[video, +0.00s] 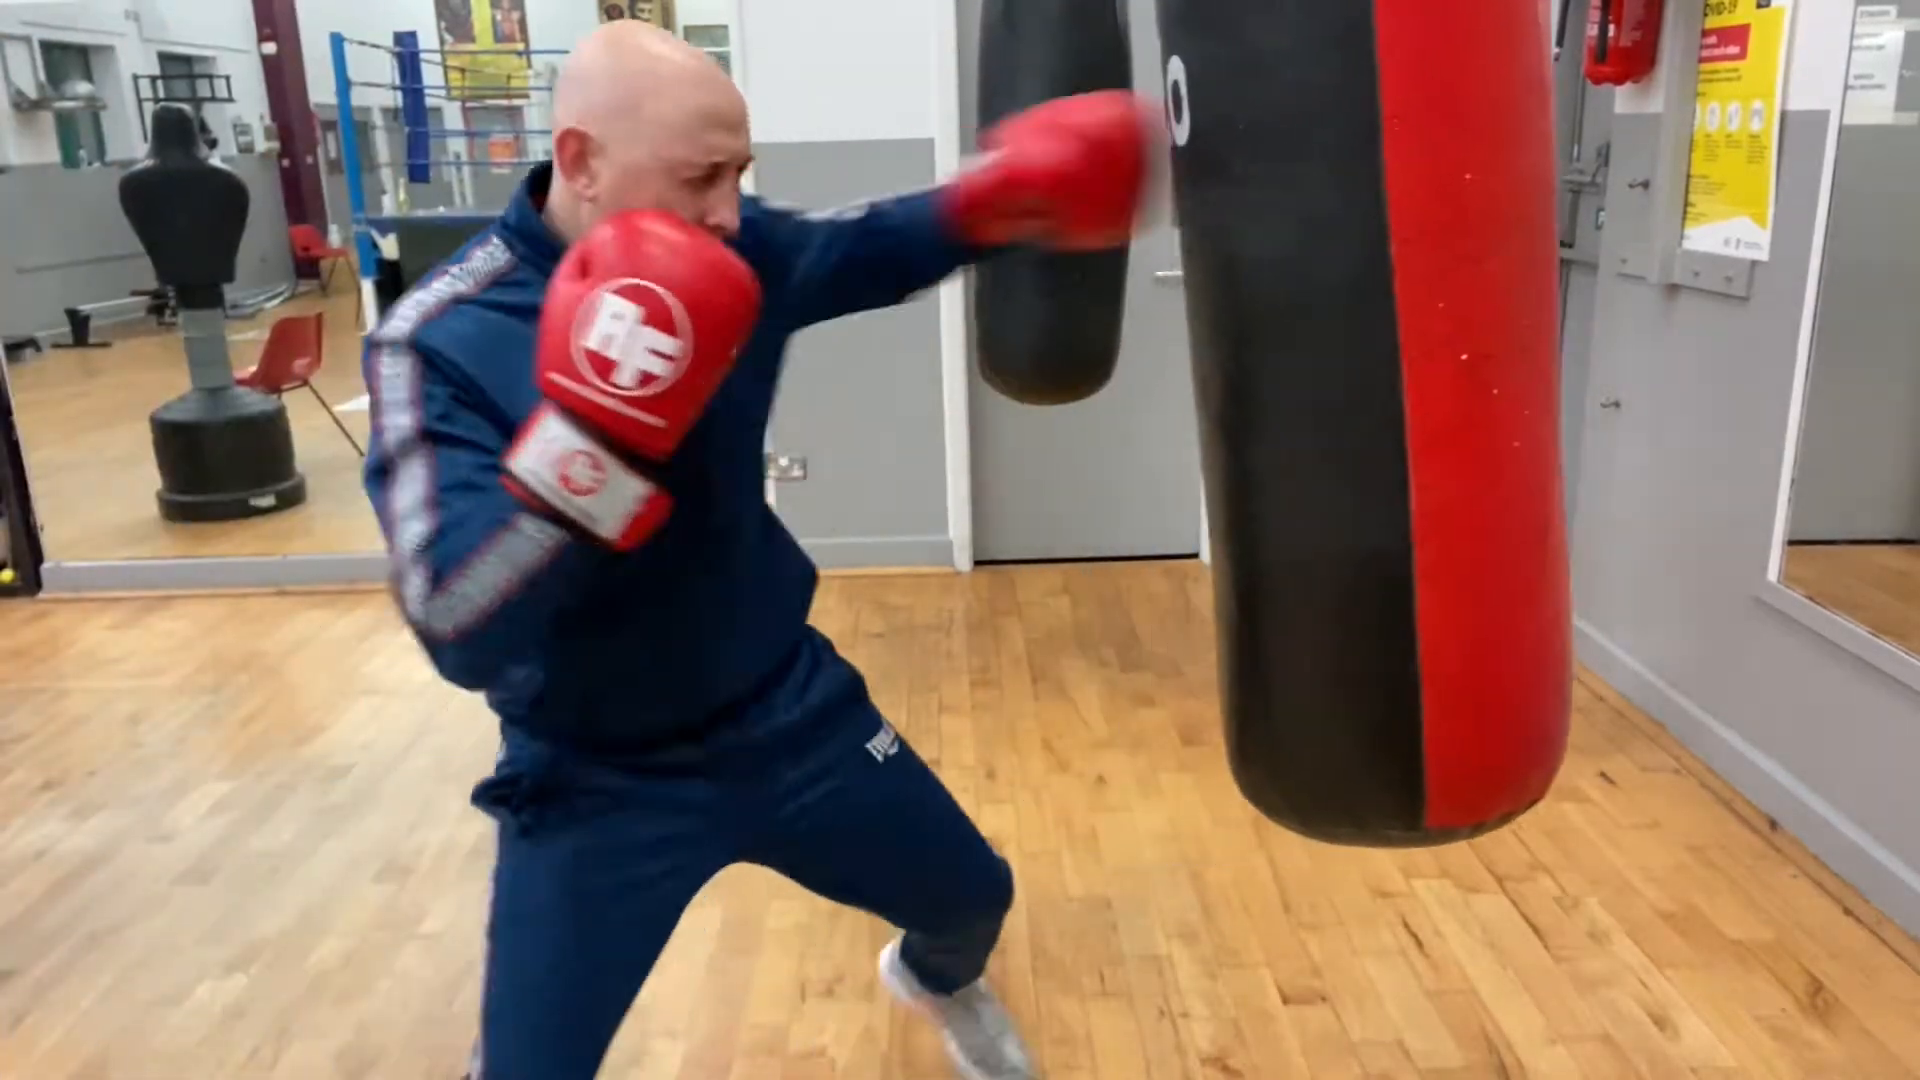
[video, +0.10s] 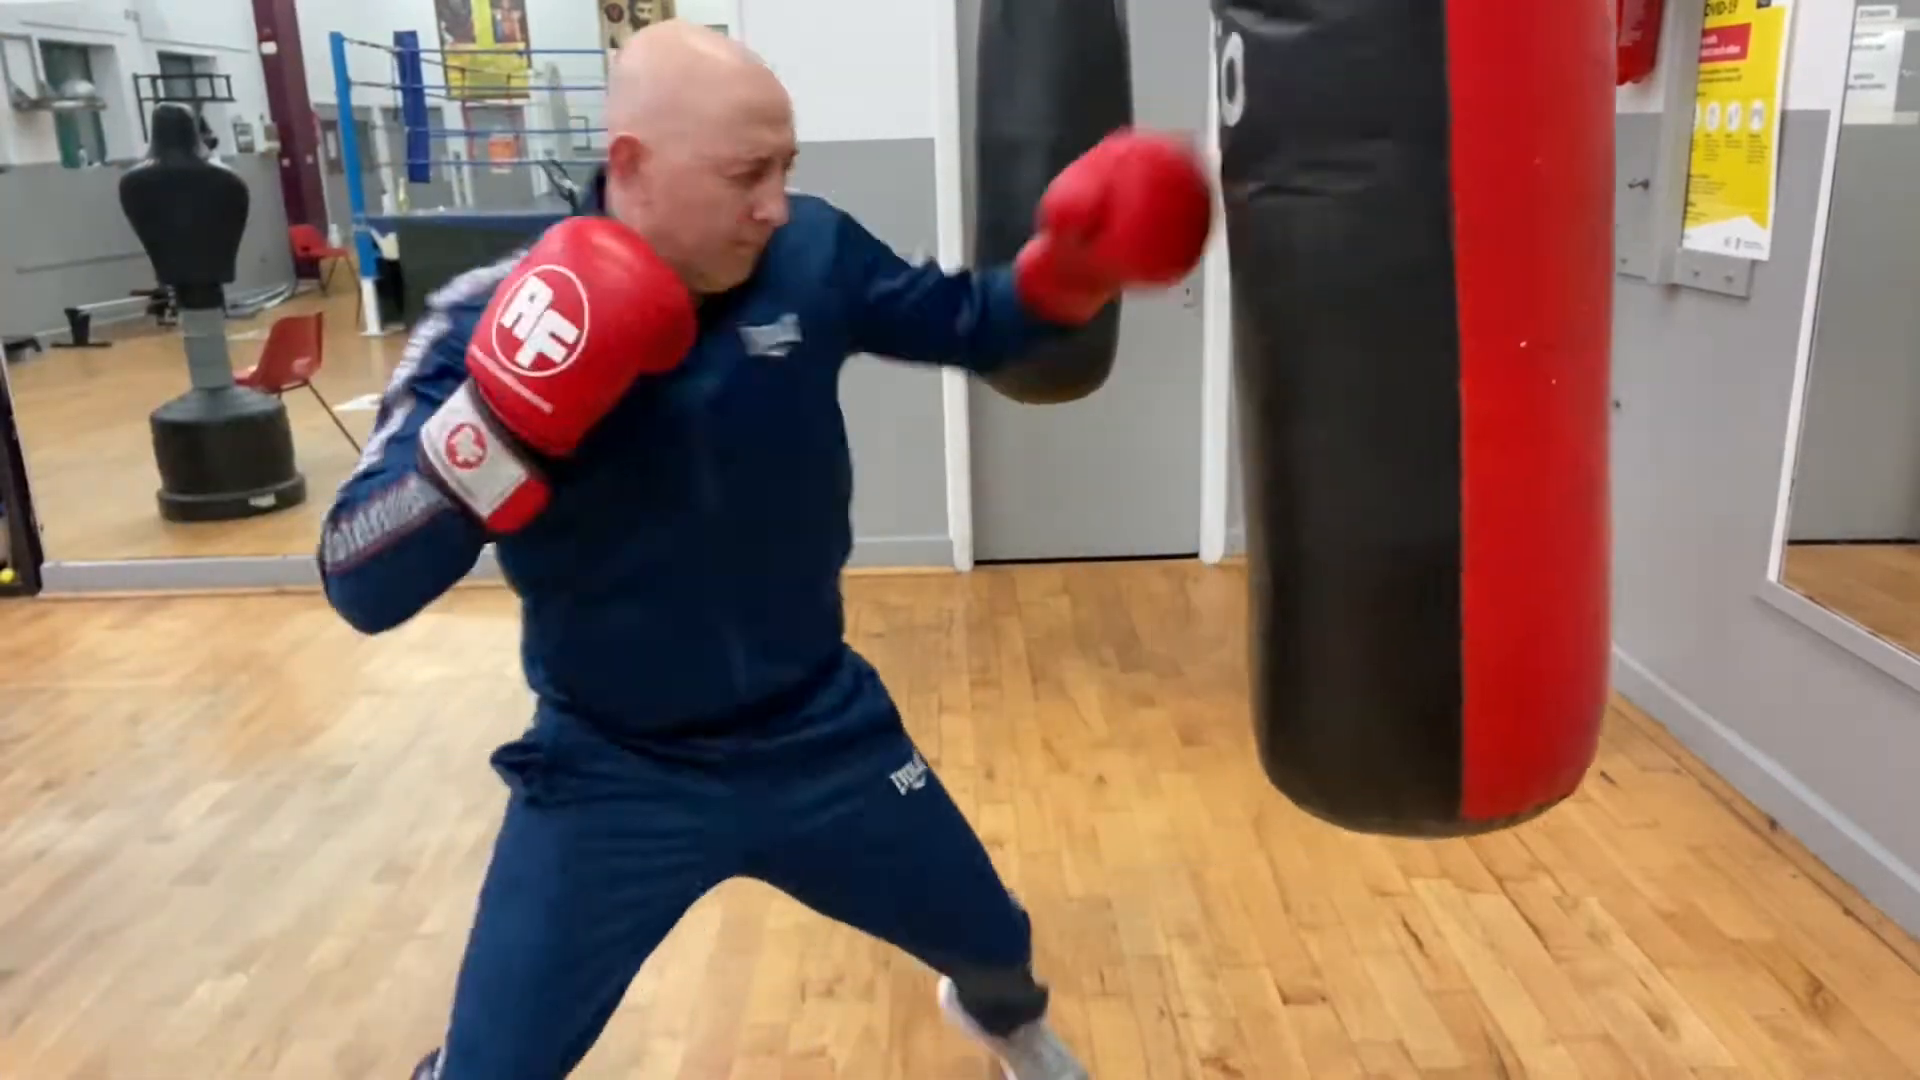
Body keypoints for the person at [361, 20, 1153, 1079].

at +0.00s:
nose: (732, 212)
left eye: (736, 178)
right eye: (702, 181)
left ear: (742, 168)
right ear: (578, 165)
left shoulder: (738, 254)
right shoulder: (439, 343)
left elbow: (869, 250)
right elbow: (459, 628)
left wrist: (1010, 189)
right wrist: (598, 432)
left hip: (789, 717)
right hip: (595, 782)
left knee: (972, 899)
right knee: (524, 1070)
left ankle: (936, 982)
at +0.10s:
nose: (777, 207)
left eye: (785, 173)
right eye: (745, 177)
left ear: (794, 158)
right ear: (632, 170)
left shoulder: (812, 255)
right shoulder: (500, 319)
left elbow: (974, 324)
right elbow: (362, 584)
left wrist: (1067, 276)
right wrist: (508, 418)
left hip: (823, 738)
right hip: (612, 771)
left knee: (993, 946)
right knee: (491, 1063)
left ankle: (1014, 1032)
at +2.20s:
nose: (22, 44)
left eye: (18, 33)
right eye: (7, 34)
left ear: (26, 29)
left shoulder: (83, 188)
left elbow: (258, 406)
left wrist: (257, 261)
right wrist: (14, 210)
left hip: (151, 726)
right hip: (10, 765)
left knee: (281, 1008)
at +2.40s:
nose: (12, 26)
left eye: (19, 11)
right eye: (4, 13)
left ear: (31, 15)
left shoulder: (84, 143)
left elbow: (277, 357)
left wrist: (270, 202)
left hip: (170, 690)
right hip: (13, 747)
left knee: (371, 980)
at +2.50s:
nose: (76, 35)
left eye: (83, 24)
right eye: (45, 26)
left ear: (104, 21)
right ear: (7, 20)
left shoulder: (143, 154)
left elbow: (317, 359)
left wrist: (321, 212)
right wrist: (13, 230)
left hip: (207, 697)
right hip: (27, 748)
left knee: (436, 963)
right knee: (13, 1052)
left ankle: (500, 1072)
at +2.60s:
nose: (149, 175)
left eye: (167, 136)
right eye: (115, 136)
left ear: (185, 126)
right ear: (13, 128)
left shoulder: (214, 238)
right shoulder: (18, 300)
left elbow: (308, 461)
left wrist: (360, 365)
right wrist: (33, 375)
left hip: (268, 752)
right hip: (43, 817)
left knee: (499, 975)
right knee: (29, 1066)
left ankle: (596, 1079)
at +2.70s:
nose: (244, 194)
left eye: (257, 157)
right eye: (210, 153)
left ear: (273, 134)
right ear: (74, 118)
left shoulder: (284, 258)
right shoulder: (6, 281)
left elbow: (382, 476)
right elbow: (16, 582)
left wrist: (428, 390)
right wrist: (87, 414)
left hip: (336, 767)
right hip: (84, 825)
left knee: (553, 1012)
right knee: (46, 1070)